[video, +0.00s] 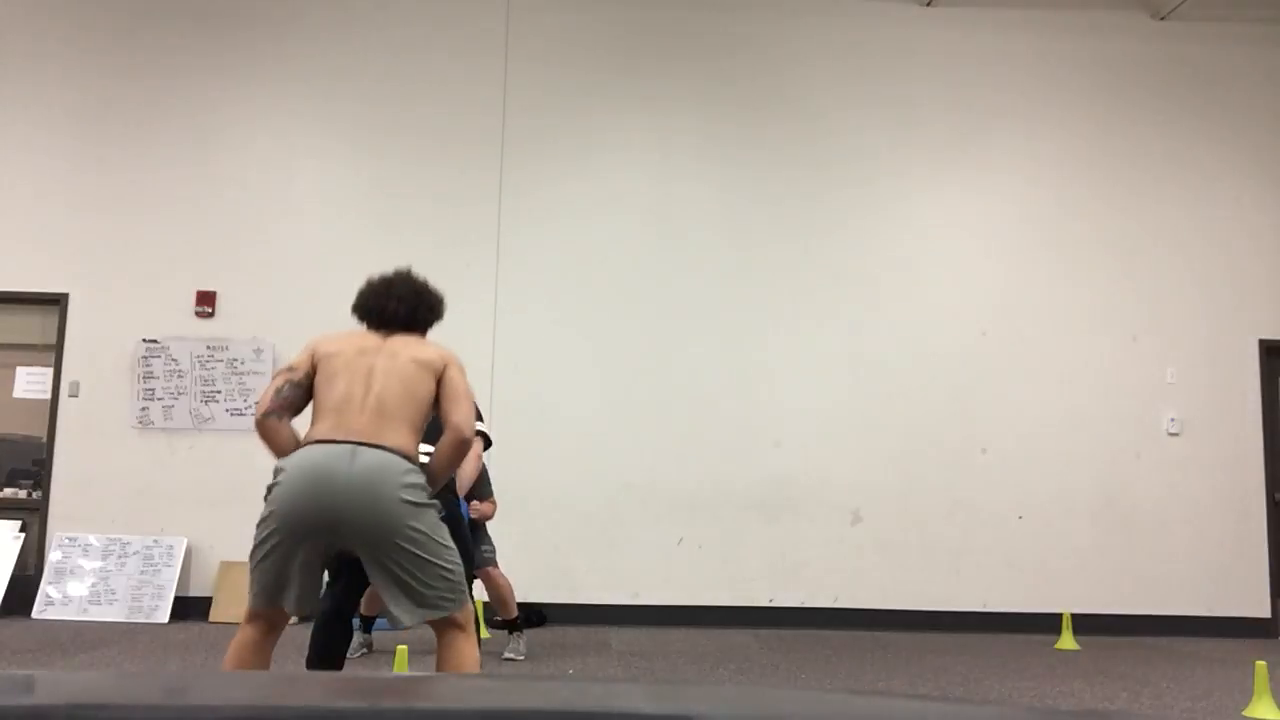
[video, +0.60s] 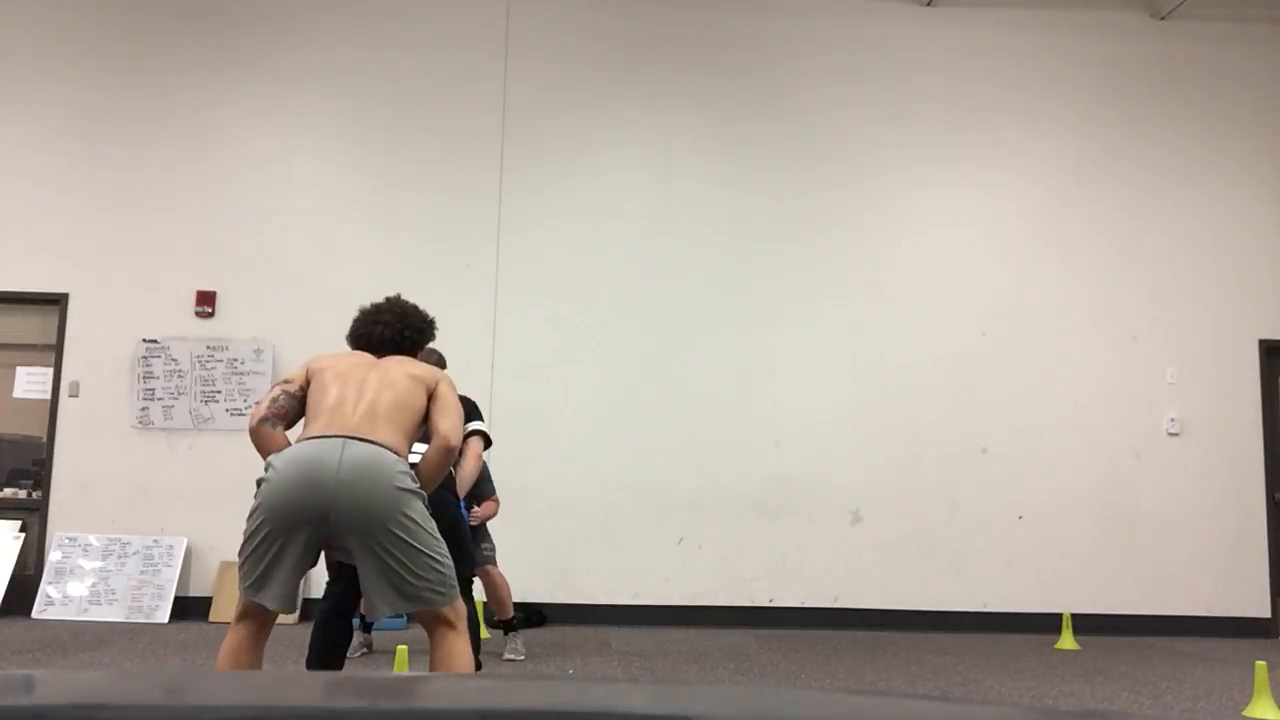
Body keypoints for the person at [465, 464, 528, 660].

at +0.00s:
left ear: (481, 444)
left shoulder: (475, 465)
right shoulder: (429, 468)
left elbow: (489, 505)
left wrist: (480, 510)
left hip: (468, 525)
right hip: (436, 526)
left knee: (487, 569)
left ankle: (515, 633)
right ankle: (465, 642)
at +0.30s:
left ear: (479, 444)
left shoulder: (475, 468)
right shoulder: (430, 468)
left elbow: (491, 503)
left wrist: (482, 515)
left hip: (469, 526)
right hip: (438, 527)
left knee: (485, 569)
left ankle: (511, 634)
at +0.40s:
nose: (428, 385)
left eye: (434, 377)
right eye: (422, 379)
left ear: (443, 375)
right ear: (413, 377)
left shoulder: (463, 406)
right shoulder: (401, 408)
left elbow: (473, 456)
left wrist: (450, 498)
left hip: (455, 501)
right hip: (409, 501)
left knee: (483, 568)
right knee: (369, 557)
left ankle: (511, 632)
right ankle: (362, 632)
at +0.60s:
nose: (426, 383)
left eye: (431, 374)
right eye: (420, 376)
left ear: (443, 373)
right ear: (413, 375)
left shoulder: (463, 405)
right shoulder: (402, 407)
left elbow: (473, 454)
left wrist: (452, 498)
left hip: (457, 500)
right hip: (410, 500)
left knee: (485, 568)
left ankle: (511, 633)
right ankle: (362, 632)